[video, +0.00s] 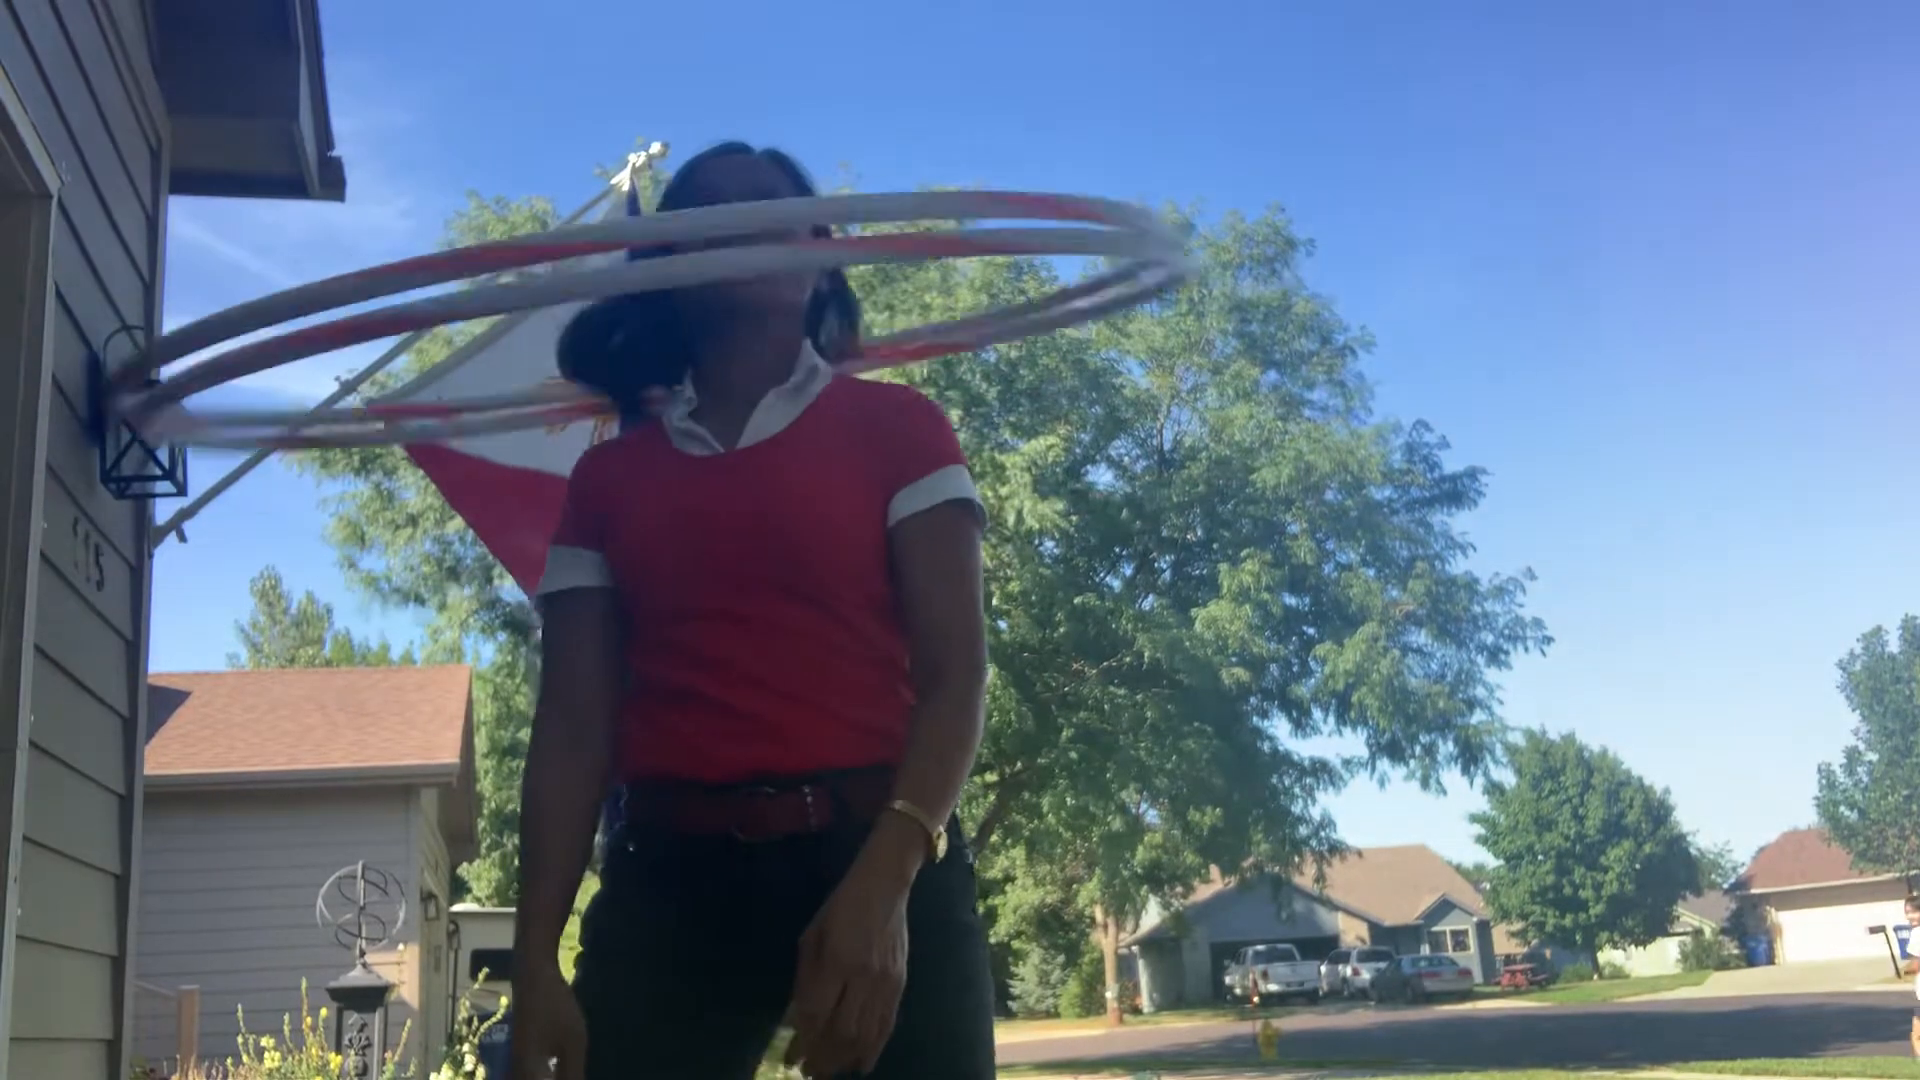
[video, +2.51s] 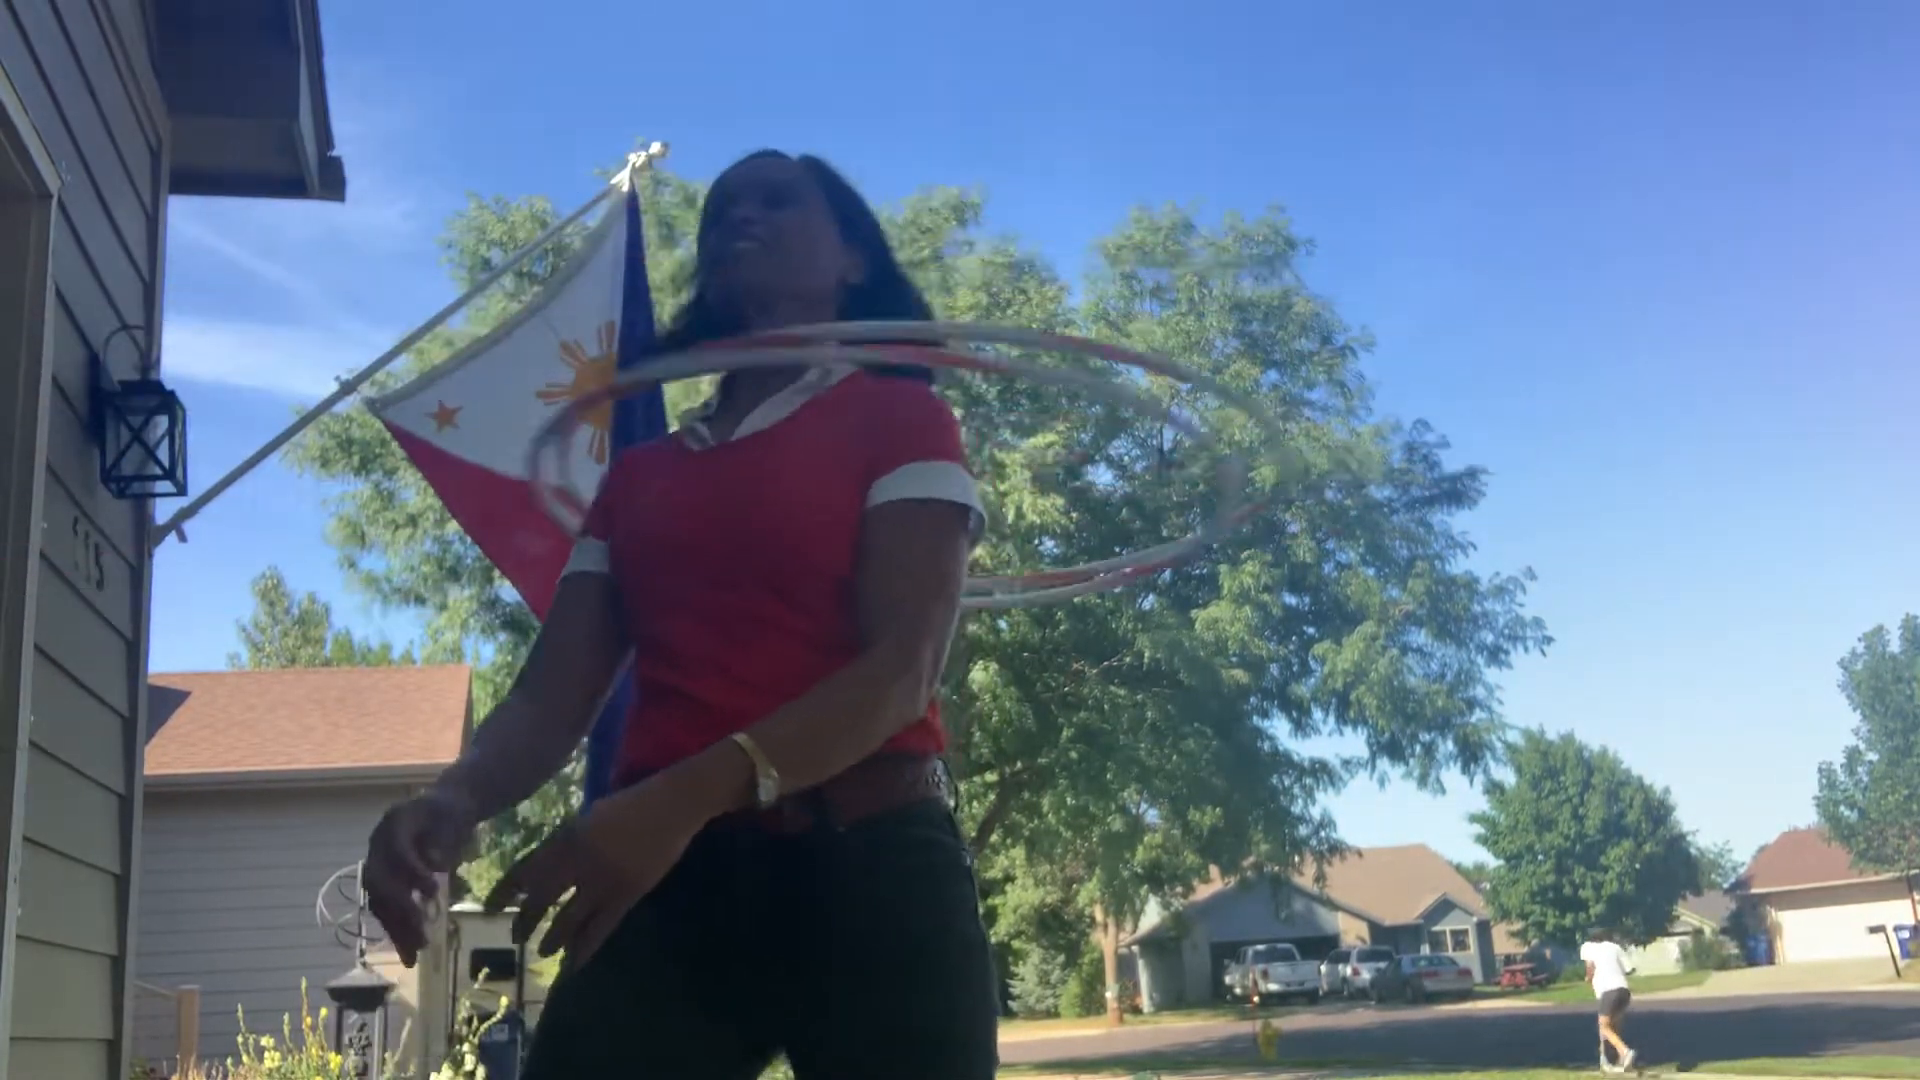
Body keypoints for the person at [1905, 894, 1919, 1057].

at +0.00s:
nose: (1909, 916)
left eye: (1912, 912)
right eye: (1908, 912)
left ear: (1918, 912)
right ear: (1906, 913)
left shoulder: (1916, 933)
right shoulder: (1914, 932)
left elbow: (1915, 965)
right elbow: (1914, 963)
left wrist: (1904, 970)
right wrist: (1906, 968)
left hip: (1918, 994)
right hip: (1917, 994)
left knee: (1916, 1034)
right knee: (1915, 1034)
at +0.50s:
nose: (1827, 920)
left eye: (1829, 915)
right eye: (1827, 915)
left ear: (1838, 915)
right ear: (1846, 914)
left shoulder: (1840, 934)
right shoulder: (1865, 930)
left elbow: (1844, 964)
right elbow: (1883, 954)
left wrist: (1838, 970)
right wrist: (1866, 963)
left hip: (1865, 987)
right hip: (1884, 984)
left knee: (1863, 1034)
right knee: (1871, 1028)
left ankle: (1894, 1061)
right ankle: (1885, 1067)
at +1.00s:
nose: (1760, 924)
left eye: (1761, 920)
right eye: (1760, 920)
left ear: (1766, 922)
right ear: (1781, 918)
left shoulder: (1767, 939)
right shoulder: (1795, 932)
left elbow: (1774, 966)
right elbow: (1814, 953)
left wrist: (1767, 971)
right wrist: (1799, 963)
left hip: (1793, 991)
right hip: (1814, 987)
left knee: (1788, 1032)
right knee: (1802, 1029)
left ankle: (1800, 1073)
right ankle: (1812, 1065)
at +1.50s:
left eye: (1716, 929)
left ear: (1718, 930)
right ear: (1734, 929)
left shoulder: (1715, 942)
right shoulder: (1743, 942)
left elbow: (1712, 966)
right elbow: (1760, 965)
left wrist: (1713, 972)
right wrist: (1743, 970)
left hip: (1731, 988)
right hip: (1750, 987)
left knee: (1737, 1032)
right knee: (1736, 1029)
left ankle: (1763, 1053)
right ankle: (1752, 1064)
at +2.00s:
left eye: (1647, 936)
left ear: (1648, 937)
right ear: (1664, 935)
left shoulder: (1646, 951)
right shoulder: (1672, 946)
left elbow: (1646, 976)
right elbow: (1686, 967)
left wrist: (1644, 979)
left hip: (1666, 996)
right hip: (1684, 993)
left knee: (1669, 1034)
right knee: (1675, 1031)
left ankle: (1675, 1068)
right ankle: (1681, 1065)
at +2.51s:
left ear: (1591, 937)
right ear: (1606, 937)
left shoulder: (1588, 946)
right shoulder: (1615, 946)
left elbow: (1590, 965)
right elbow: (1627, 968)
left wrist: (1589, 978)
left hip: (1608, 988)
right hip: (1624, 987)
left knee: (1604, 1026)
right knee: (1614, 1026)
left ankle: (1625, 1052)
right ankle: (1619, 1062)